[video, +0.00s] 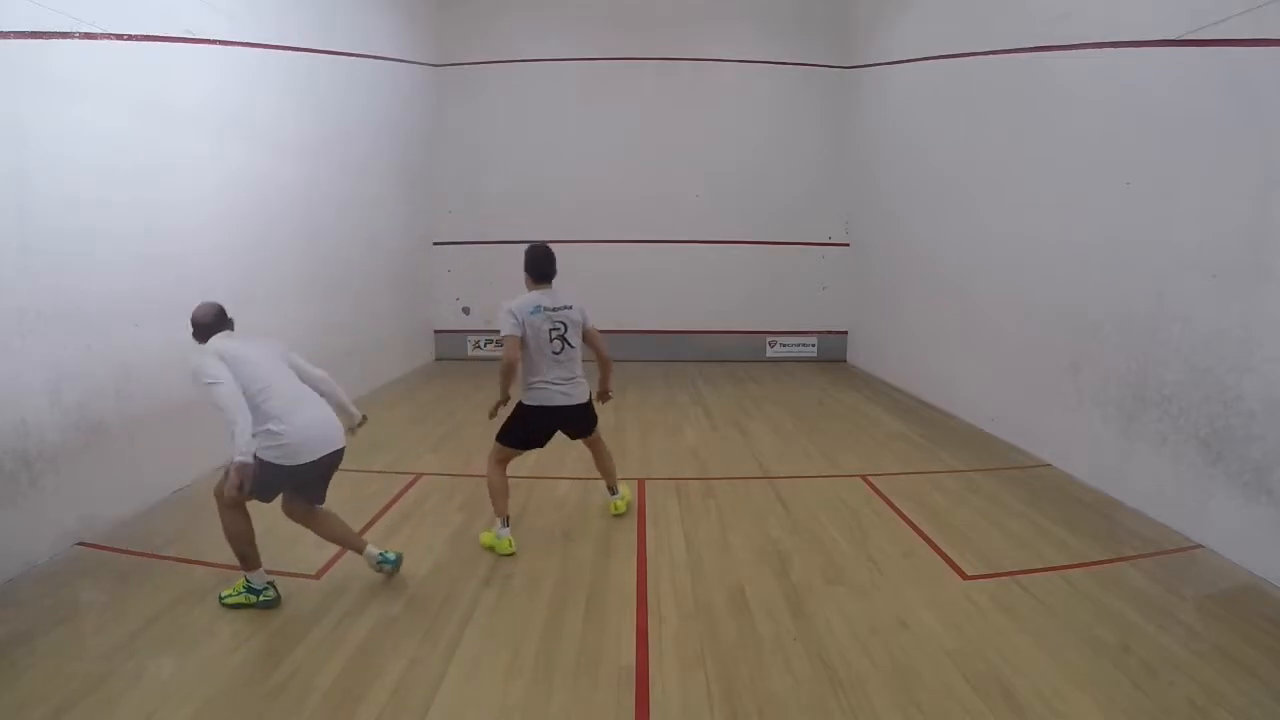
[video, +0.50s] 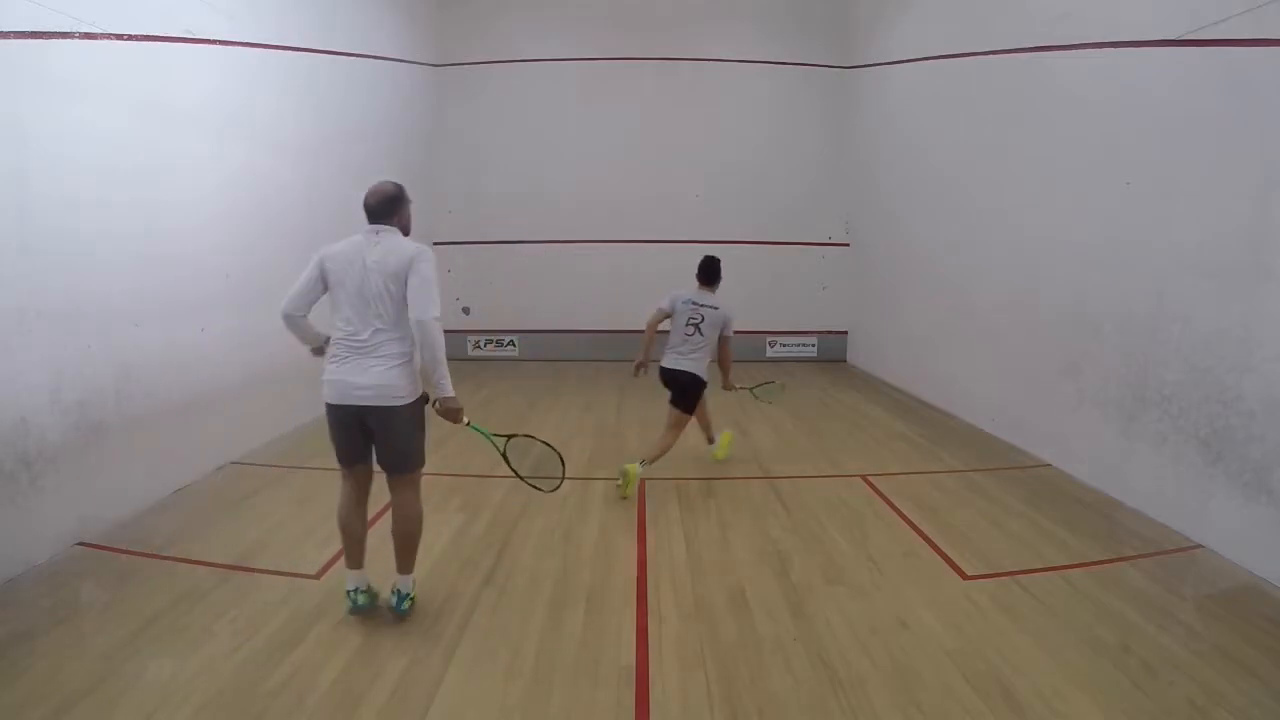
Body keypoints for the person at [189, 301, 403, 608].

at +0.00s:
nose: (196, 338)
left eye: (195, 333)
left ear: (197, 336)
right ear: (231, 325)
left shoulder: (207, 356)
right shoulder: (264, 343)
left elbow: (233, 399)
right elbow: (318, 377)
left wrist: (241, 457)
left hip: (285, 448)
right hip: (330, 438)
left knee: (227, 496)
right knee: (296, 506)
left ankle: (257, 584)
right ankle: (377, 556)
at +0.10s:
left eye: (219, 302)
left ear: (220, 306)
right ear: (256, 297)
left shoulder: (224, 338)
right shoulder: (291, 326)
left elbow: (220, 398)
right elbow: (340, 366)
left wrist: (207, 469)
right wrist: (385, 410)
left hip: (280, 446)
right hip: (332, 440)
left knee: (234, 497)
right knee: (305, 501)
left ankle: (257, 584)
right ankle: (370, 562)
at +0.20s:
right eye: (288, 267)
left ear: (254, 282)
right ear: (290, 274)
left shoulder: (244, 320)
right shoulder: (323, 311)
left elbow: (225, 384)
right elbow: (365, 362)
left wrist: (200, 438)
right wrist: (407, 407)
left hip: (287, 436)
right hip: (341, 433)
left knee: (250, 494)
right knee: (332, 498)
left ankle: (258, 584)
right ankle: (378, 572)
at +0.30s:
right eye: (330, 246)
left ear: (293, 257)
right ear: (330, 251)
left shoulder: (276, 295)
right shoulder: (357, 291)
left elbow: (249, 356)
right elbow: (386, 346)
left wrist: (231, 403)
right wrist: (421, 404)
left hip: (303, 423)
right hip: (360, 420)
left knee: (276, 499)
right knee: (363, 495)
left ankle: (264, 584)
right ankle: (390, 590)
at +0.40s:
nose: (375, 230)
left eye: (371, 223)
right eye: (373, 225)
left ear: (332, 234)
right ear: (370, 229)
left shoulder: (305, 273)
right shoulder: (389, 271)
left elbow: (267, 331)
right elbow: (408, 328)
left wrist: (268, 362)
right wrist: (431, 397)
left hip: (321, 408)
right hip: (377, 408)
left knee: (309, 492)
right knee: (384, 496)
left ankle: (297, 584)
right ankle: (393, 597)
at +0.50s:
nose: (412, 218)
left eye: (410, 211)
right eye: (411, 212)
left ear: (366, 216)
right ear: (403, 215)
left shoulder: (333, 255)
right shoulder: (414, 254)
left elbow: (291, 311)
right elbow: (425, 323)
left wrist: (318, 343)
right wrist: (444, 392)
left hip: (340, 396)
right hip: (395, 396)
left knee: (353, 482)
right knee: (404, 489)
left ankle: (355, 586)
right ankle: (403, 588)